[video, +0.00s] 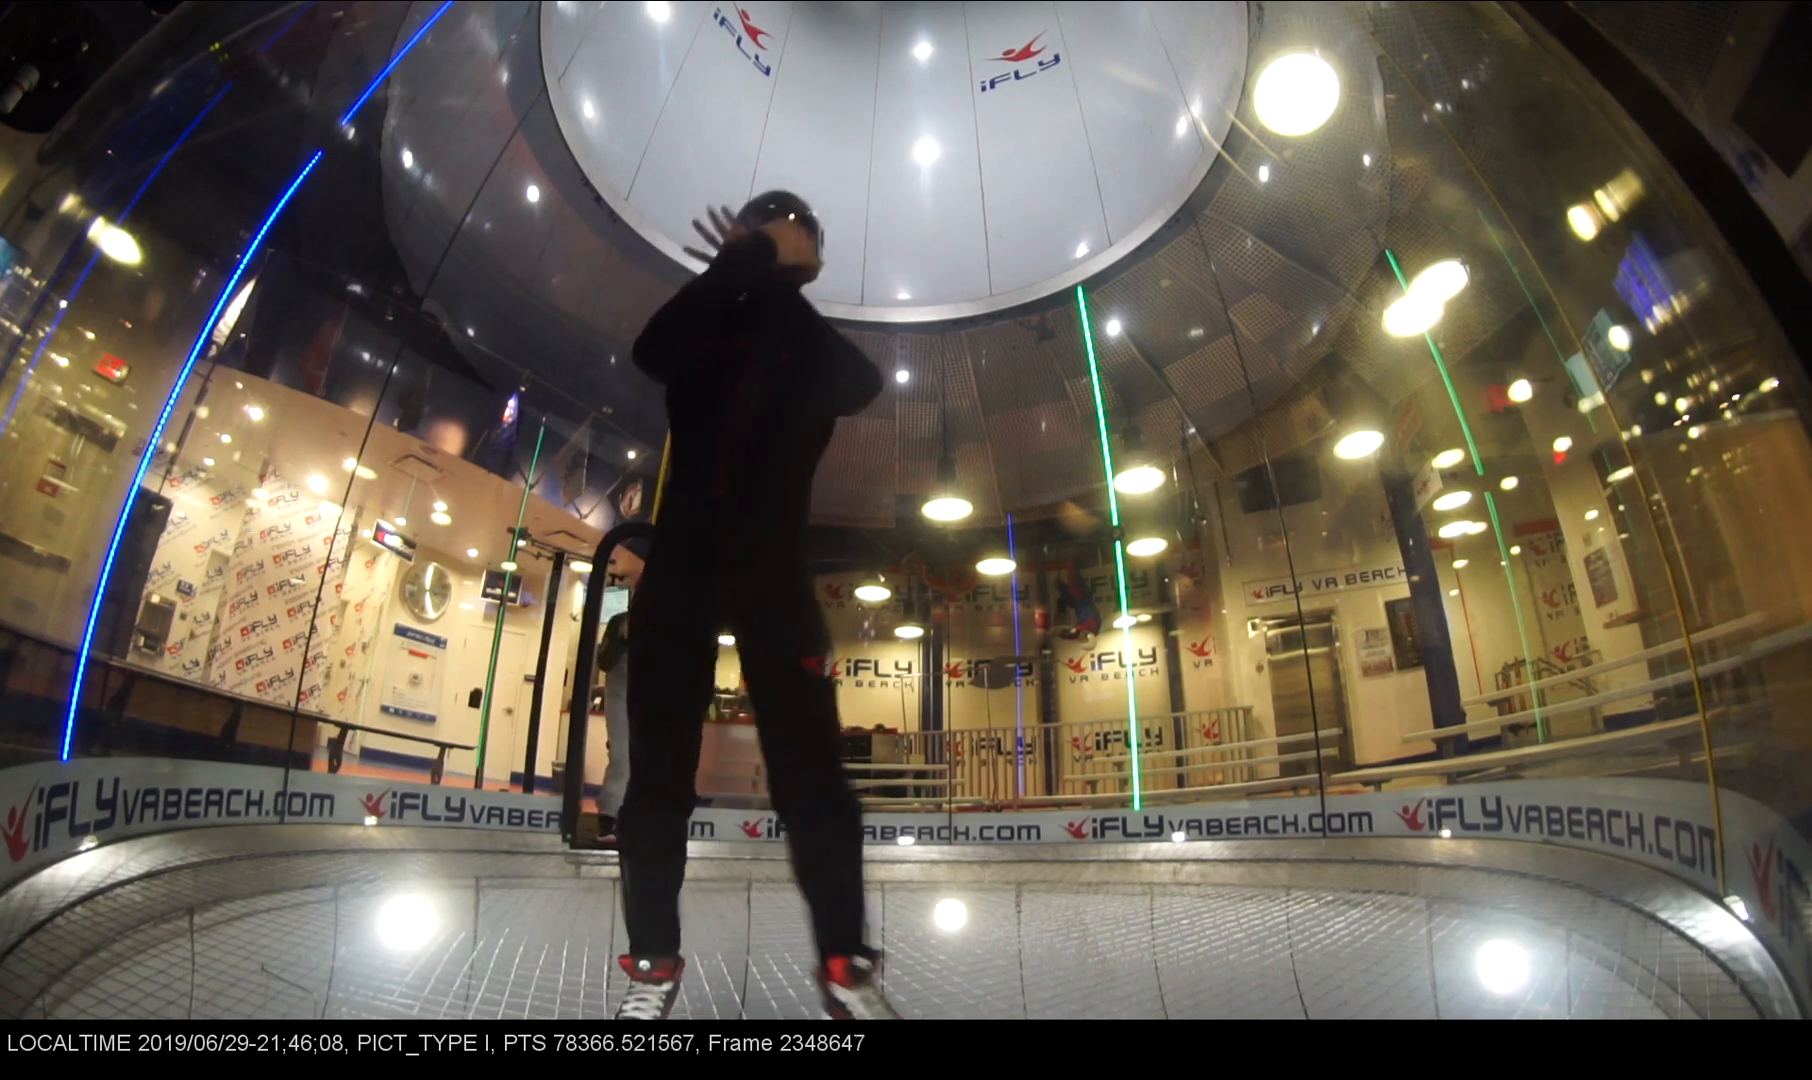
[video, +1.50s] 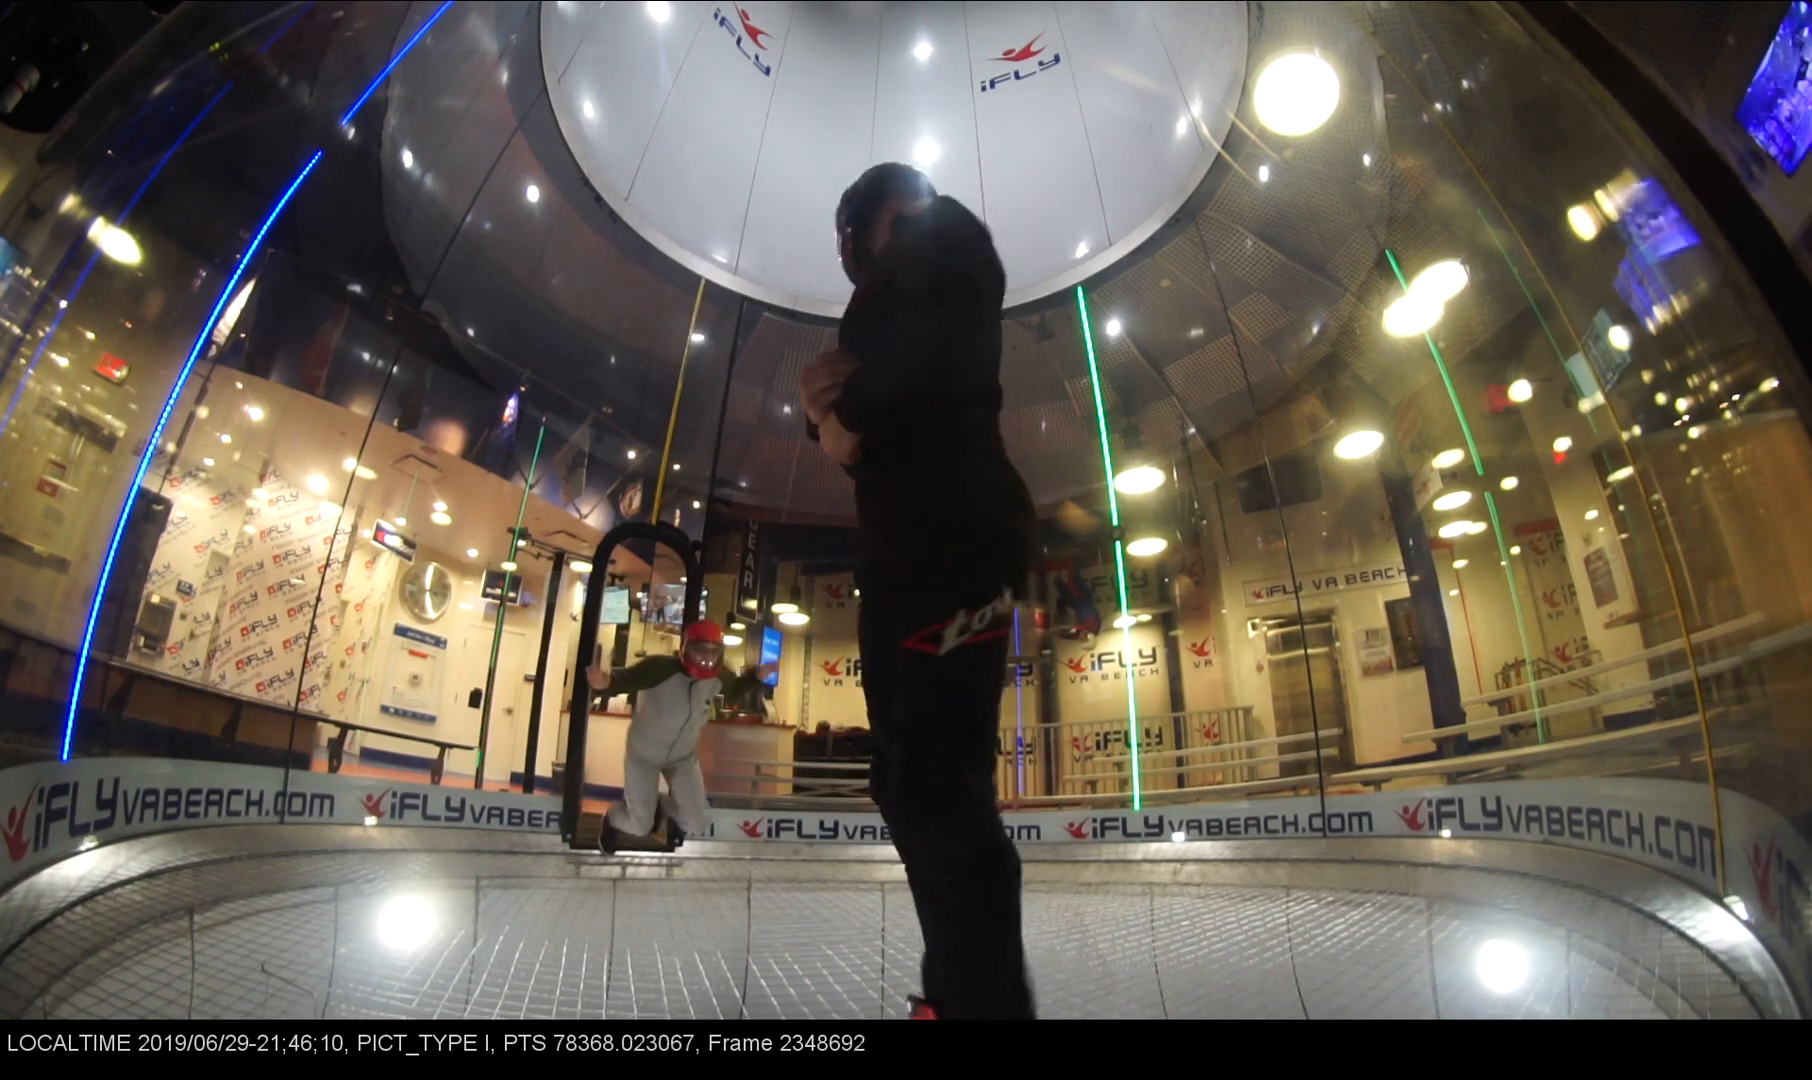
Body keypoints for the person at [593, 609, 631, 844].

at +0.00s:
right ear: (630, 598)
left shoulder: (655, 627)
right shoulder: (620, 622)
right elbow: (604, 662)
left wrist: (633, 636)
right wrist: (620, 637)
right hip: (620, 695)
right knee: (621, 754)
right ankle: (609, 814)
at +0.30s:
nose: (652, 612)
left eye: (659, 607)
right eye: (648, 605)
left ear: (664, 609)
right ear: (636, 604)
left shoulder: (664, 633)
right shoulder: (618, 626)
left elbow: (663, 675)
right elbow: (599, 664)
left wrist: (668, 656)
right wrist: (620, 658)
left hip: (643, 699)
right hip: (613, 697)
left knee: (637, 759)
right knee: (618, 757)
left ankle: (628, 819)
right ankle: (608, 820)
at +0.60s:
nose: (661, 620)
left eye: (667, 615)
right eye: (656, 613)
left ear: (673, 616)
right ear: (646, 610)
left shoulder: (670, 640)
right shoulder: (624, 628)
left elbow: (684, 659)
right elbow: (595, 650)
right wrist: (603, 655)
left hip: (646, 710)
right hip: (613, 706)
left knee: (645, 763)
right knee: (620, 761)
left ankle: (630, 822)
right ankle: (609, 822)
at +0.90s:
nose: (675, 622)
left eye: (681, 617)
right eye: (670, 614)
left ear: (687, 618)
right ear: (658, 611)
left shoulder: (684, 640)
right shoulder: (636, 628)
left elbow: (697, 644)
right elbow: (605, 639)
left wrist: (712, 648)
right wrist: (609, 650)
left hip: (658, 713)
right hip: (626, 709)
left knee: (657, 770)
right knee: (632, 770)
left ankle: (631, 822)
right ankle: (609, 821)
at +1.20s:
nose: (686, 641)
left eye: (693, 636)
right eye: (681, 633)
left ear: (700, 638)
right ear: (669, 629)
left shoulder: (694, 660)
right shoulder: (646, 646)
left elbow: (709, 665)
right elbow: (608, 652)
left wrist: (723, 664)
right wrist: (608, 659)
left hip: (668, 736)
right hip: (633, 732)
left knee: (664, 800)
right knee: (638, 799)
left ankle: (633, 823)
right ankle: (611, 817)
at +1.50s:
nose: (706, 657)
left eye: (713, 652)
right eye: (700, 650)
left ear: (720, 654)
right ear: (686, 648)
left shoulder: (716, 678)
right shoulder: (661, 668)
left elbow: (734, 689)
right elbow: (627, 679)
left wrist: (755, 676)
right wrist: (605, 683)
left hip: (683, 760)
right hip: (643, 759)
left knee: (695, 825)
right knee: (642, 826)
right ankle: (612, 819)